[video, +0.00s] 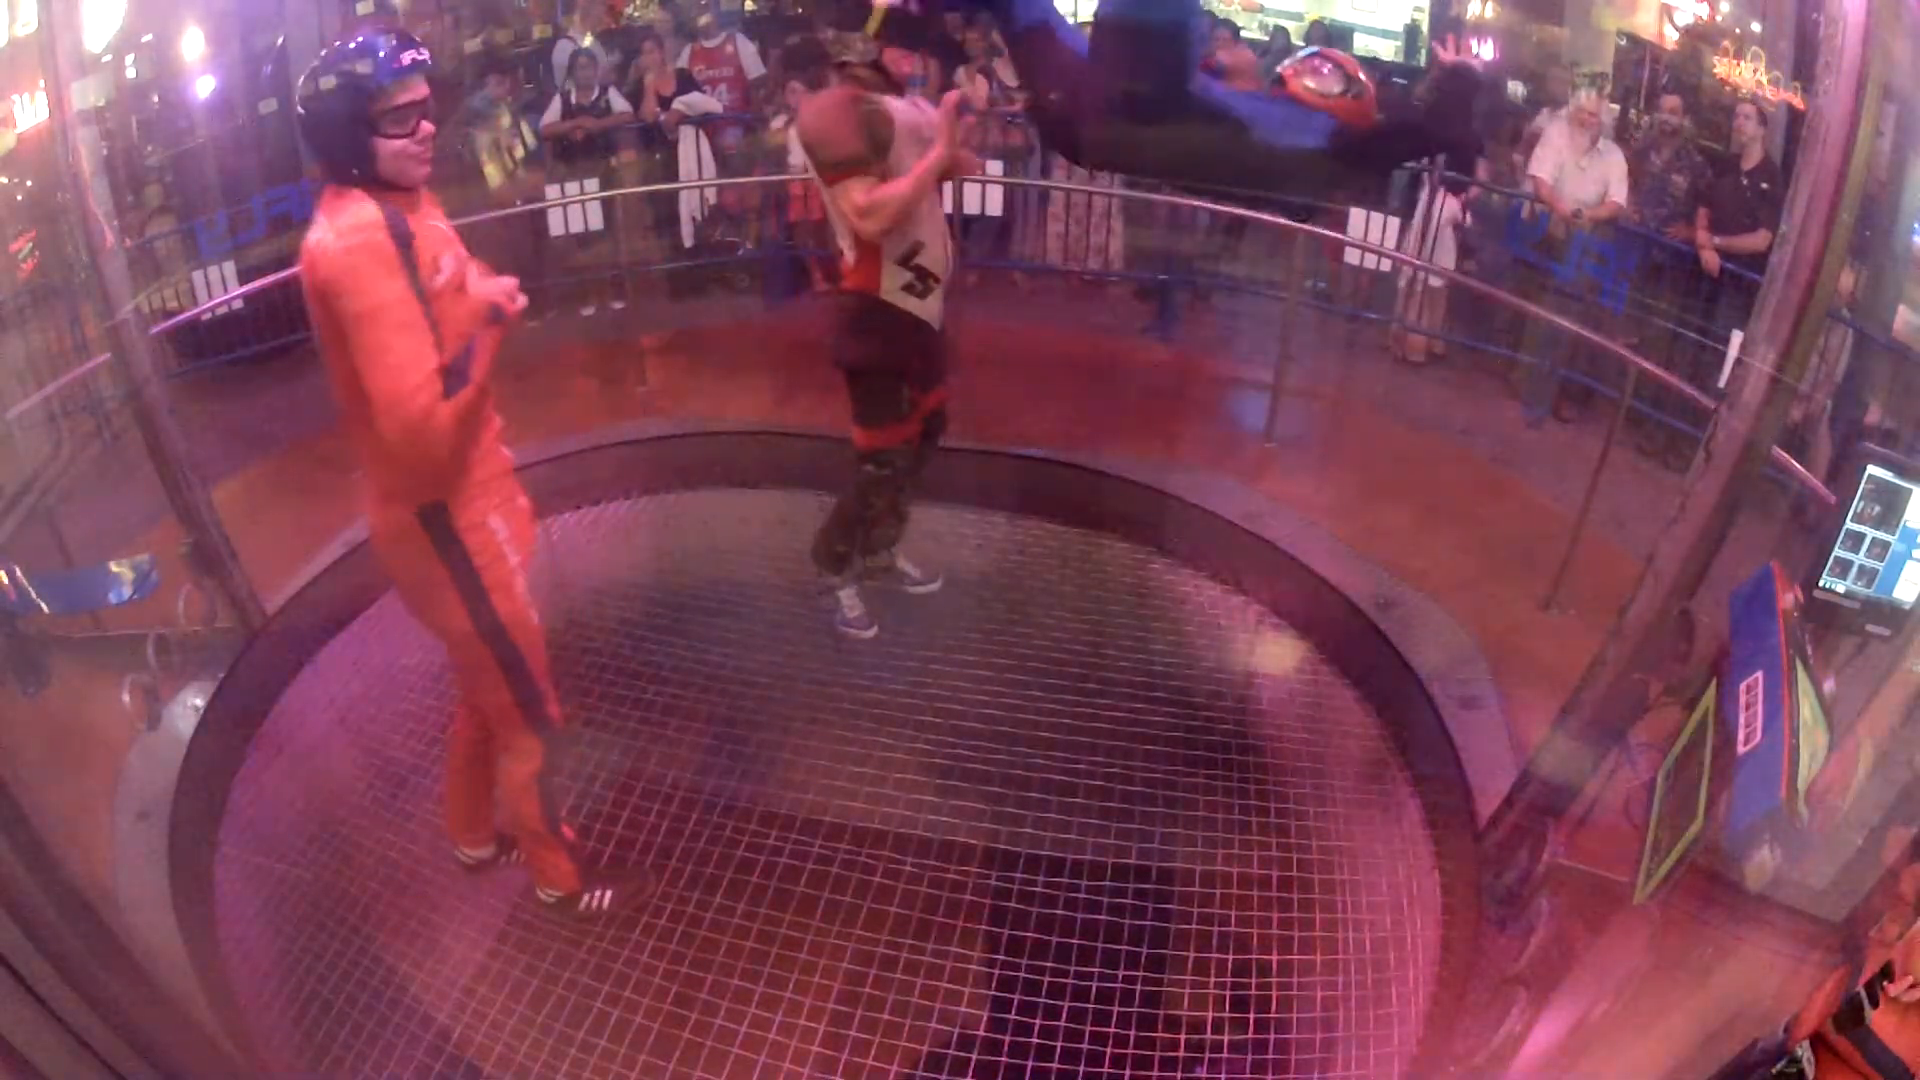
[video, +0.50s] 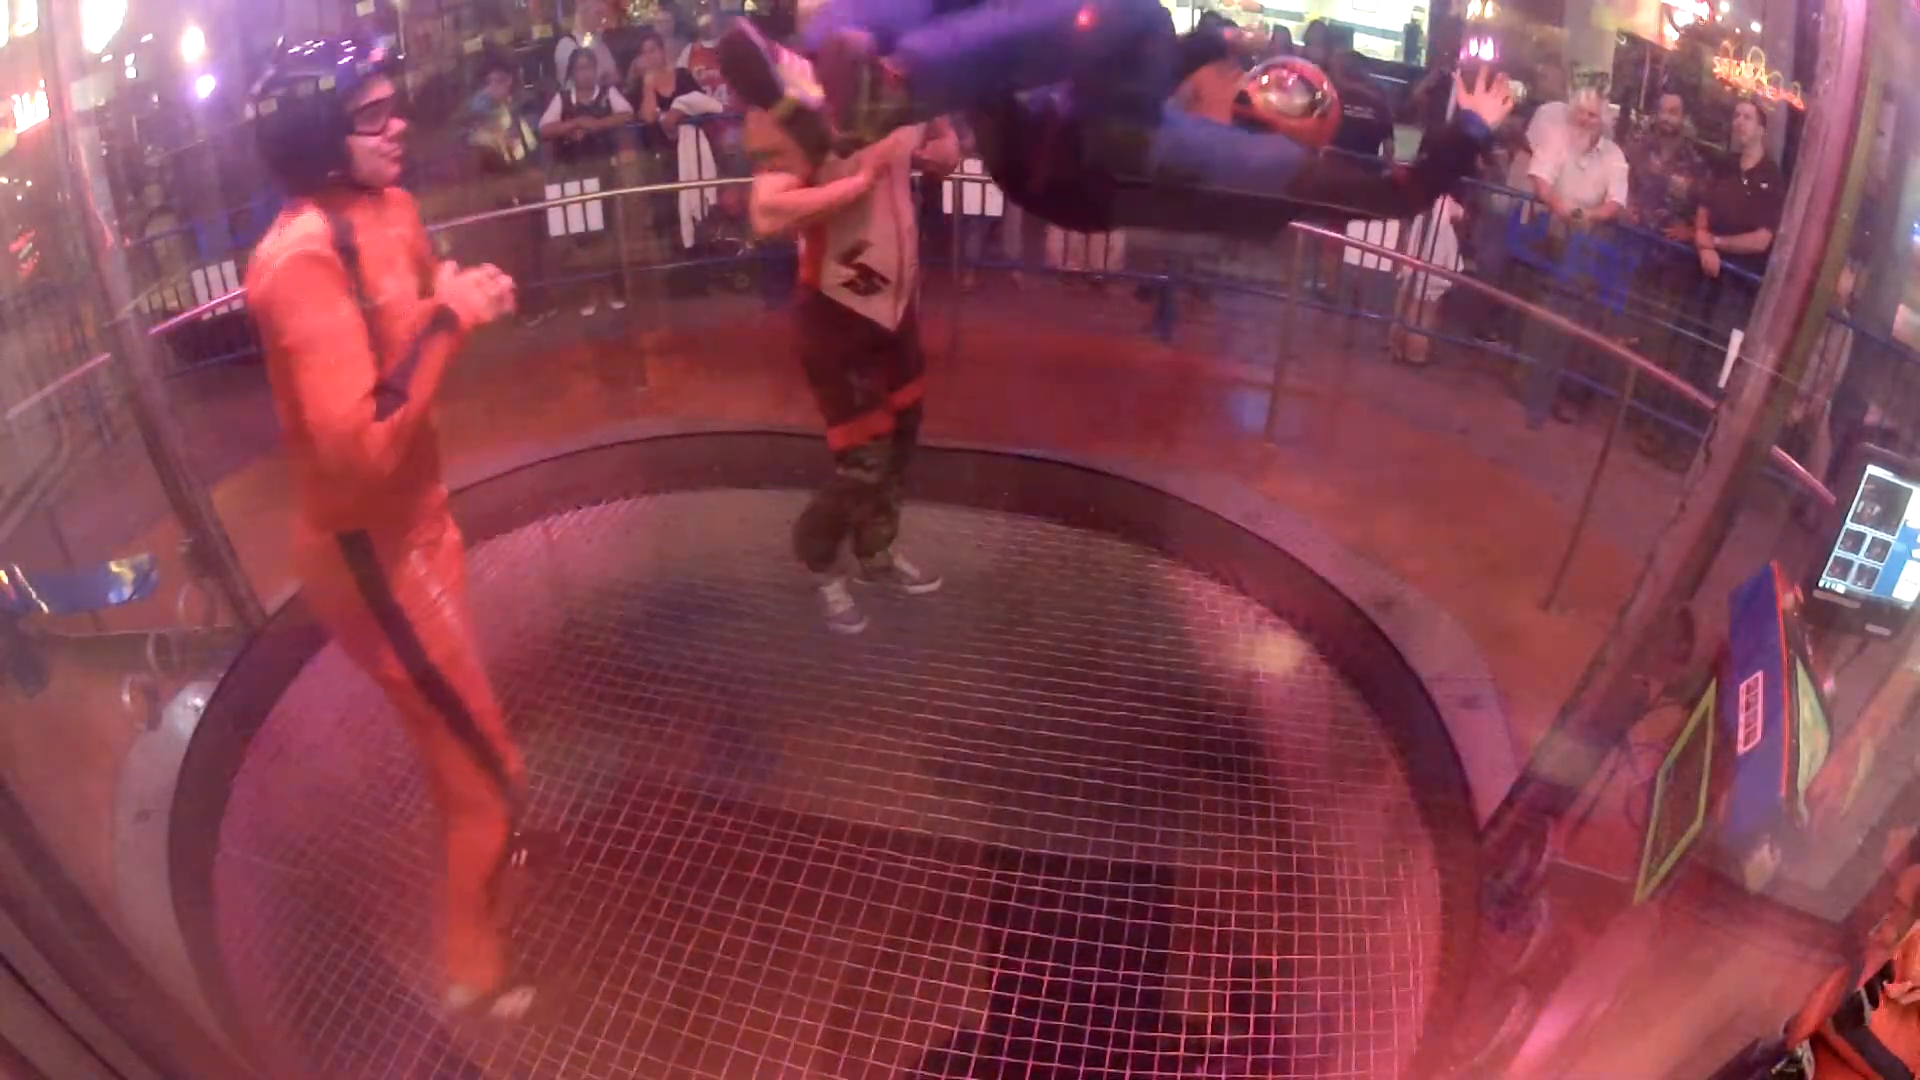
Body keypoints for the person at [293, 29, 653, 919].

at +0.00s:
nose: (427, 131)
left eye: (429, 112)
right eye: (401, 120)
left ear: (432, 111)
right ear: (346, 140)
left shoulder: (409, 204)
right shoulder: (351, 243)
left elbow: (434, 338)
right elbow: (416, 442)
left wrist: (479, 298)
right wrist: (487, 328)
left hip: (478, 485)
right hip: (437, 515)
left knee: (495, 670)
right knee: (523, 712)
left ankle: (471, 832)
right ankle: (558, 883)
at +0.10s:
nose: (424, 130)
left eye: (426, 110)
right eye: (398, 119)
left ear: (431, 107)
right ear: (343, 135)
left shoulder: (408, 202)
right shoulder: (350, 233)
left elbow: (430, 330)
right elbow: (408, 432)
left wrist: (469, 282)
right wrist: (476, 318)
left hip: (465, 487)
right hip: (423, 515)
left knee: (483, 671)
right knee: (518, 705)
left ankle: (470, 834)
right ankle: (558, 881)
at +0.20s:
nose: (420, 126)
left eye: (423, 106)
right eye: (394, 116)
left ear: (429, 105)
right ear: (344, 136)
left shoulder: (425, 194)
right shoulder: (353, 225)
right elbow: (397, 423)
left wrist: (472, 272)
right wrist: (471, 306)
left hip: (453, 497)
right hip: (402, 521)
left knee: (465, 681)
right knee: (530, 715)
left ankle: (473, 838)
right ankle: (556, 880)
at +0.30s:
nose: (418, 124)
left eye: (421, 105)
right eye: (393, 114)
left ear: (427, 107)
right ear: (344, 134)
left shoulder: (427, 198)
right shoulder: (348, 225)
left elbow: (483, 224)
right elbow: (384, 424)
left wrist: (490, 252)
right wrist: (465, 306)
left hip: (438, 508)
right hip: (382, 536)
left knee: (447, 695)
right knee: (532, 721)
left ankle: (470, 841)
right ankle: (550, 904)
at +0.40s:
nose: (416, 126)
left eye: (416, 107)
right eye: (392, 114)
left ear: (415, 114)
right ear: (341, 131)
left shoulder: (421, 204)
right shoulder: (321, 243)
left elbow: (435, 312)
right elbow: (363, 434)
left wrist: (478, 290)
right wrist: (458, 323)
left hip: (428, 512)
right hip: (368, 541)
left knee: (453, 703)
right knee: (517, 745)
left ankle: (468, 846)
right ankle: (516, 942)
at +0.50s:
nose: (397, 131)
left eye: (395, 112)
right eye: (373, 119)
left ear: (390, 121)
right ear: (317, 141)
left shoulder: (391, 211)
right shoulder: (298, 263)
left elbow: (413, 320)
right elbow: (357, 456)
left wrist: (456, 294)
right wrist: (446, 323)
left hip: (423, 519)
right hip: (364, 549)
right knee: (482, 774)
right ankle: (468, 984)